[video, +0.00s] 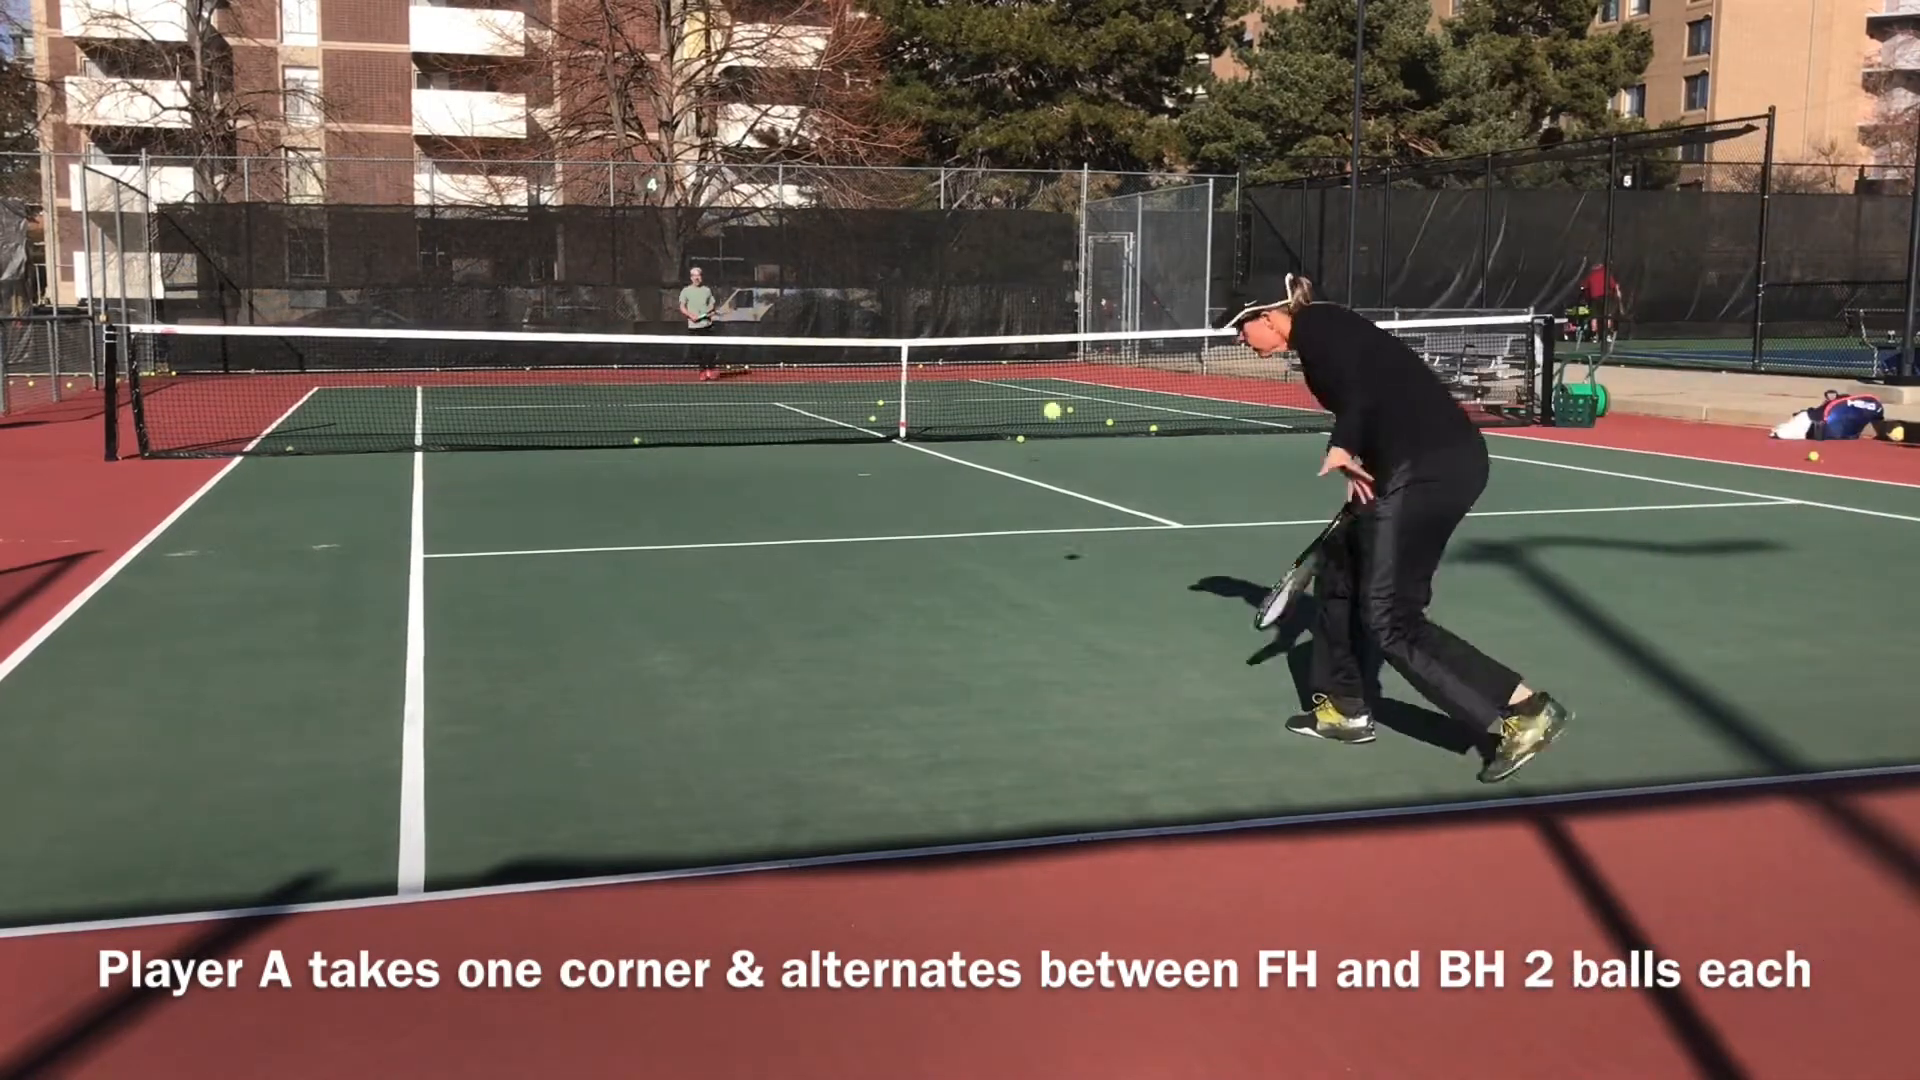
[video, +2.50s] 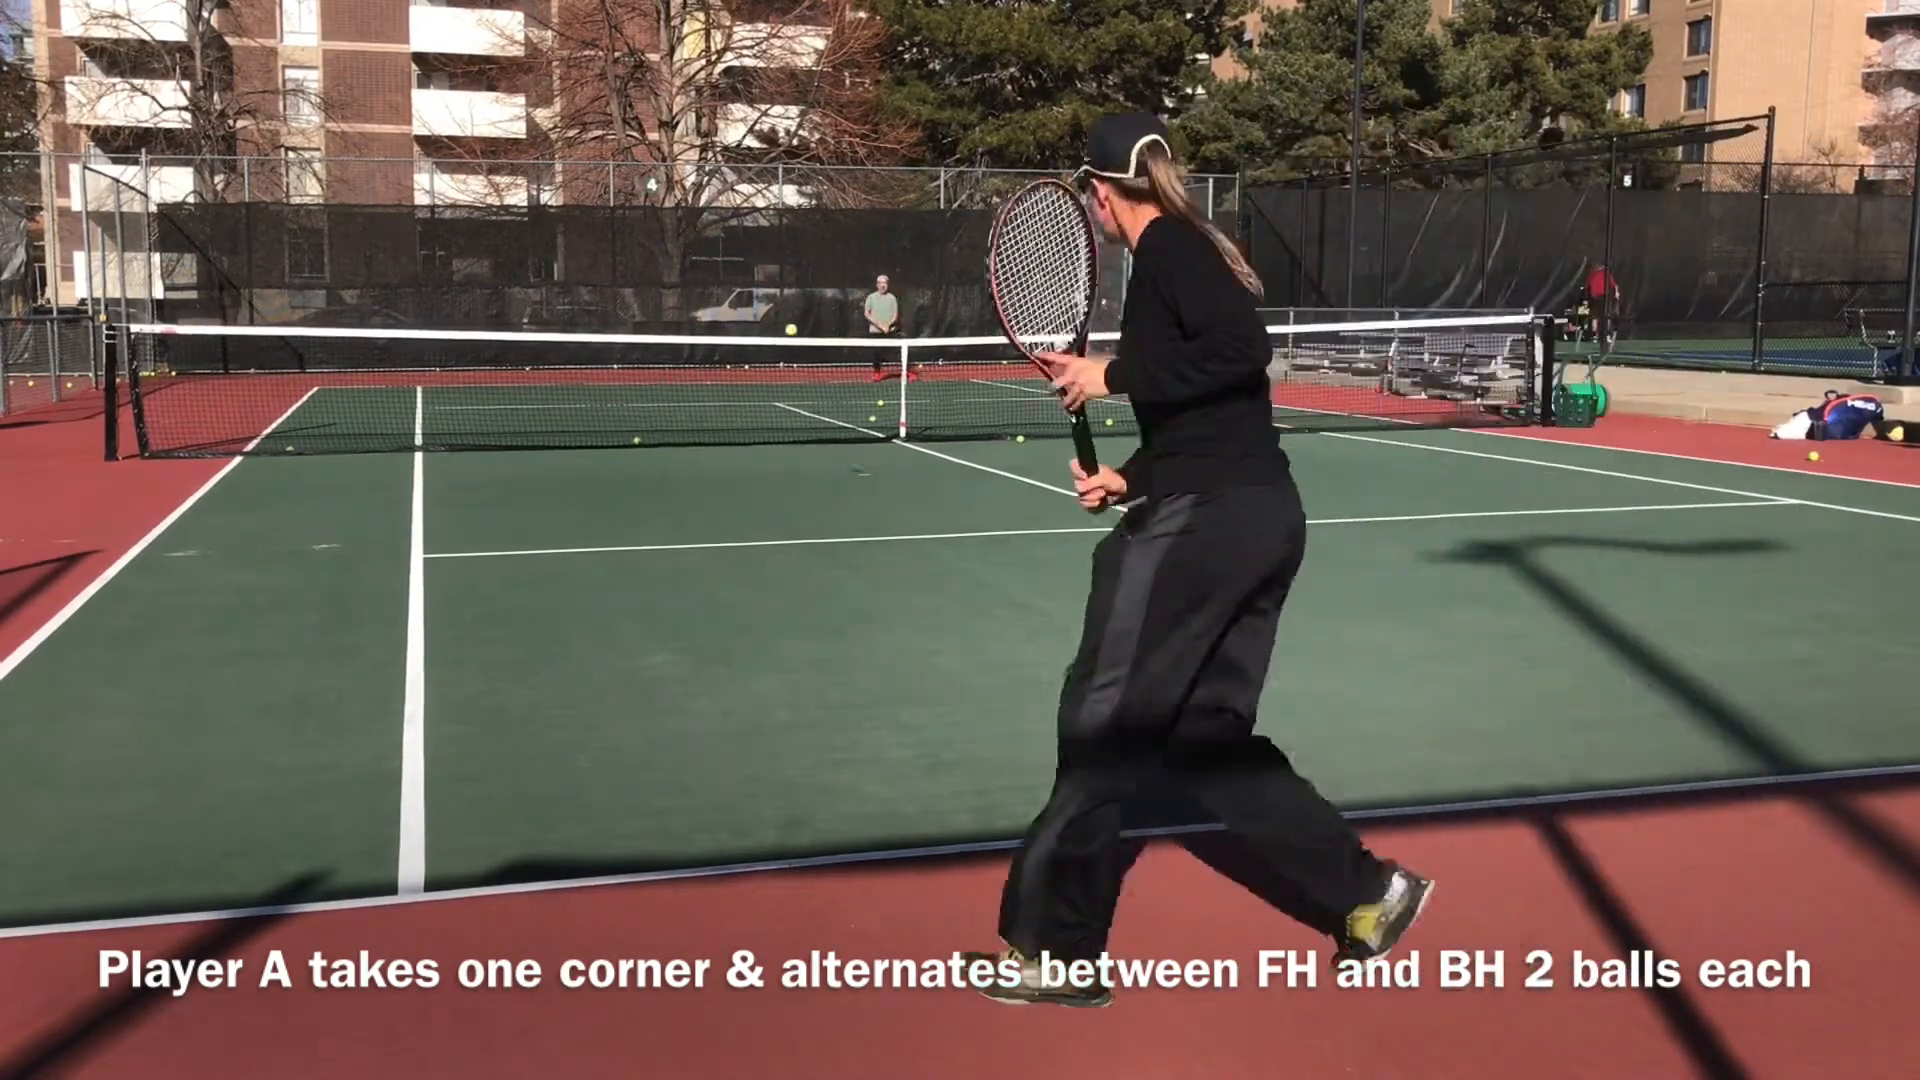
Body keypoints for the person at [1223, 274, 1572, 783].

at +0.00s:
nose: (1246, 341)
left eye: (1245, 329)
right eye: (1241, 333)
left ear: (1271, 314)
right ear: (1275, 315)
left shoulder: (1314, 325)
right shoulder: (1328, 329)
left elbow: (1358, 383)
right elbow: (1378, 399)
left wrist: (1341, 443)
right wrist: (1365, 469)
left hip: (1428, 463)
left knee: (1390, 620)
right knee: (1341, 561)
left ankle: (1521, 709)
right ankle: (1347, 707)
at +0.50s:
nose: (1361, 198)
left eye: (1363, 189)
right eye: (1363, 188)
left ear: (1375, 195)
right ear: (1414, 191)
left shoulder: (1379, 247)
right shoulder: (1449, 238)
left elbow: (1378, 330)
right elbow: (1515, 261)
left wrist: (1300, 354)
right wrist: (1572, 272)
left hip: (1421, 421)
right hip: (1470, 416)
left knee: (1398, 564)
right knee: (1416, 548)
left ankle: (1468, 690)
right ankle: (1441, 666)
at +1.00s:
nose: (1388, 198)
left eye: (1388, 190)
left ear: (1395, 195)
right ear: (1450, 193)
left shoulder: (1375, 259)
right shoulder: (1488, 246)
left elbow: (1330, 358)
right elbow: (1541, 324)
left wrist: (1332, 334)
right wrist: (1542, 396)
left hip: (1415, 436)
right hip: (1496, 435)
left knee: (1397, 577)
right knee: (1480, 566)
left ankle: (1415, 723)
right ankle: (1475, 695)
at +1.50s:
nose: (1503, 197)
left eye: (1505, 188)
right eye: (1512, 186)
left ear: (1512, 192)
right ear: (1570, 194)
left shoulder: (1473, 258)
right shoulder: (1611, 266)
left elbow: (1449, 361)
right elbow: (1650, 367)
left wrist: (1472, 386)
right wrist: (1597, 414)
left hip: (1494, 470)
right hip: (1590, 472)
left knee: (1457, 609)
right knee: (1606, 638)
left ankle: (1423, 740)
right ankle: (1650, 810)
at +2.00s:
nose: (1491, 219)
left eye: (1493, 209)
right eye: (1496, 207)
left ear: (1504, 213)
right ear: (1567, 214)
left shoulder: (1482, 285)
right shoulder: (1623, 283)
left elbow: (1485, 407)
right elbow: (1697, 377)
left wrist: (1488, 445)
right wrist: (1655, 459)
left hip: (1562, 505)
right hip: (1662, 499)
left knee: (1473, 711)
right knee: (1698, 693)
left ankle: (1473, 888)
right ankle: (1803, 878)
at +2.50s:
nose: (1090, 208)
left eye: (1090, 192)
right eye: (1091, 192)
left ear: (1107, 191)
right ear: (1153, 181)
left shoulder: (1168, 248)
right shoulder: (1181, 253)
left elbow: (1240, 349)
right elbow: (1214, 405)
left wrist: (1114, 374)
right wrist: (1133, 476)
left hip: (1202, 511)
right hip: (1249, 511)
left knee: (1106, 718)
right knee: (1200, 735)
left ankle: (1057, 949)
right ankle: (1364, 890)